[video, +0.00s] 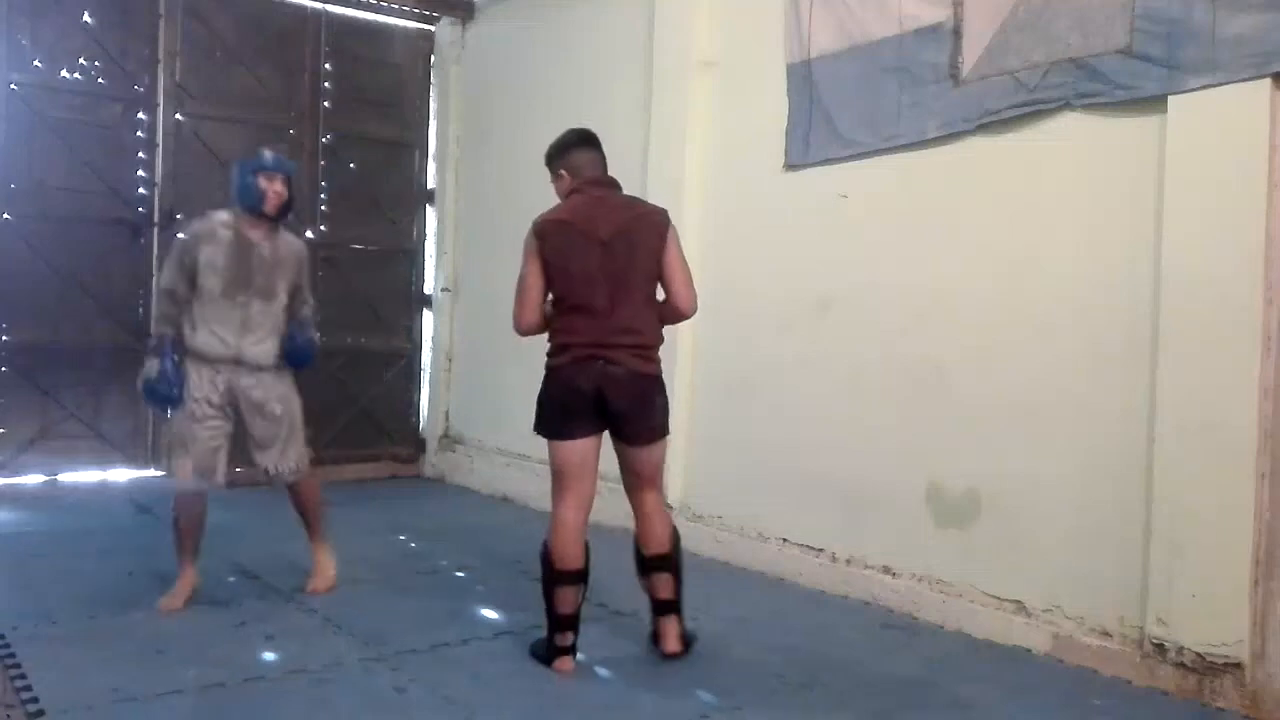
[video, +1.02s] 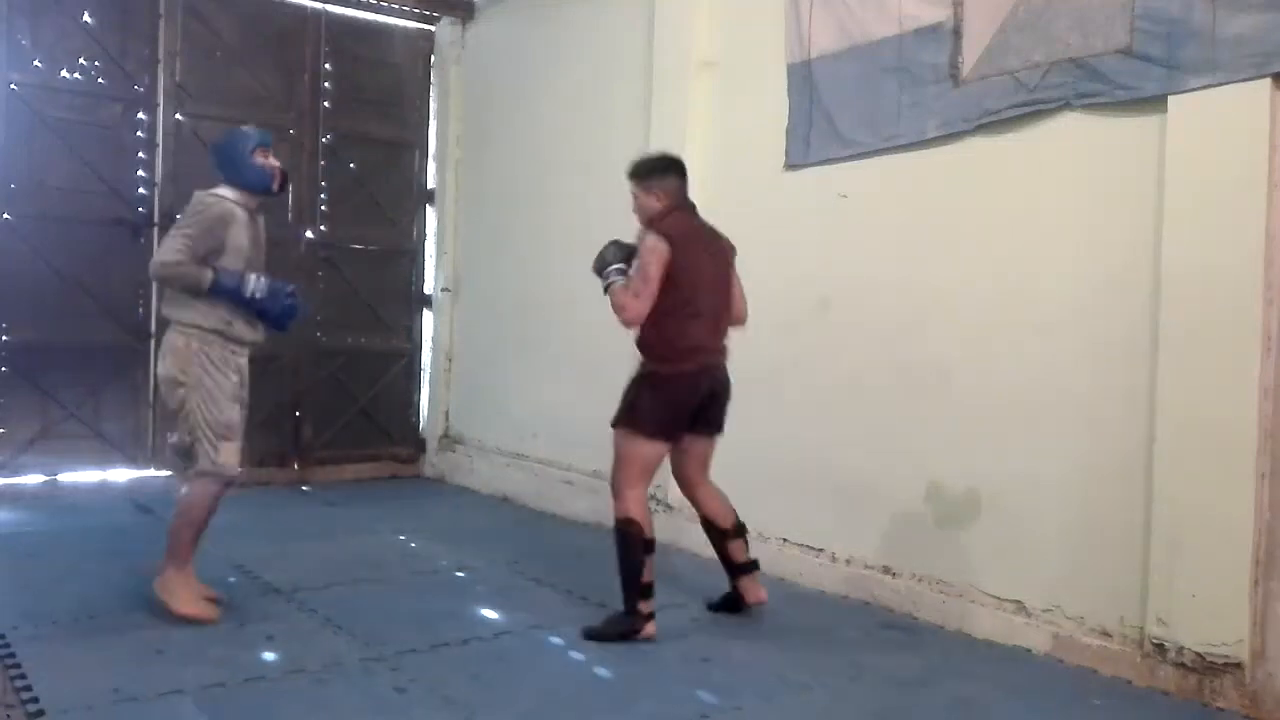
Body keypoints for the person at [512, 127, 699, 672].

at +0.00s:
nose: (551, 187)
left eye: (550, 180)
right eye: (551, 181)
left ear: (562, 176)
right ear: (606, 169)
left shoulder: (547, 228)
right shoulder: (653, 218)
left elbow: (527, 322)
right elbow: (683, 304)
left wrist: (569, 308)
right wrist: (641, 314)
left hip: (571, 384)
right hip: (637, 384)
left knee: (570, 505)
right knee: (648, 496)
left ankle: (563, 648)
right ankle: (670, 631)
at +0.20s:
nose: (580, 198)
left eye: (580, 190)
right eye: (579, 190)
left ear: (595, 183)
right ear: (632, 178)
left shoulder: (579, 228)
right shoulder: (680, 232)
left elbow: (550, 315)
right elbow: (699, 318)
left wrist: (567, 335)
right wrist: (650, 327)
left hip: (589, 388)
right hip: (653, 391)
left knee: (573, 503)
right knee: (653, 500)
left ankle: (563, 642)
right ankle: (676, 628)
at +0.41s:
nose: (596, 196)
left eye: (596, 188)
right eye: (595, 188)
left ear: (610, 183)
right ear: (645, 181)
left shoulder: (601, 225)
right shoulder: (689, 234)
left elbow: (601, 298)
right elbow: (708, 316)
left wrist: (571, 328)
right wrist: (654, 325)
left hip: (608, 379)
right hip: (669, 383)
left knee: (562, 475)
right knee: (658, 497)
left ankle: (582, 603)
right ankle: (677, 627)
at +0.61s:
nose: (585, 217)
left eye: (587, 208)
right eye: (584, 209)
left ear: (607, 203)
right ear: (629, 201)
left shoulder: (599, 247)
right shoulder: (677, 249)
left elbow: (587, 331)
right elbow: (704, 327)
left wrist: (560, 342)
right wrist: (652, 339)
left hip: (610, 394)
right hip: (668, 396)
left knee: (574, 492)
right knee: (645, 493)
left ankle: (601, 618)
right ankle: (678, 612)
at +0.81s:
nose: (600, 189)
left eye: (602, 180)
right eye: (599, 180)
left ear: (620, 176)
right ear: (643, 173)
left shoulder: (619, 222)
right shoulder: (688, 219)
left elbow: (616, 301)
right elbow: (725, 288)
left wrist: (583, 295)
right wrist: (672, 296)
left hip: (635, 363)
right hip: (684, 361)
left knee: (607, 474)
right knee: (664, 463)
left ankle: (602, 603)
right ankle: (709, 576)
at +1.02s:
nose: (634, 208)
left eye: (637, 199)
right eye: (633, 199)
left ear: (657, 195)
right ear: (678, 194)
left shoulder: (659, 239)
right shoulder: (715, 240)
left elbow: (632, 313)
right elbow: (737, 314)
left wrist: (613, 274)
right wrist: (678, 300)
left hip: (663, 381)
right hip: (711, 380)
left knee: (629, 487)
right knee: (694, 478)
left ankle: (638, 614)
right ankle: (748, 586)